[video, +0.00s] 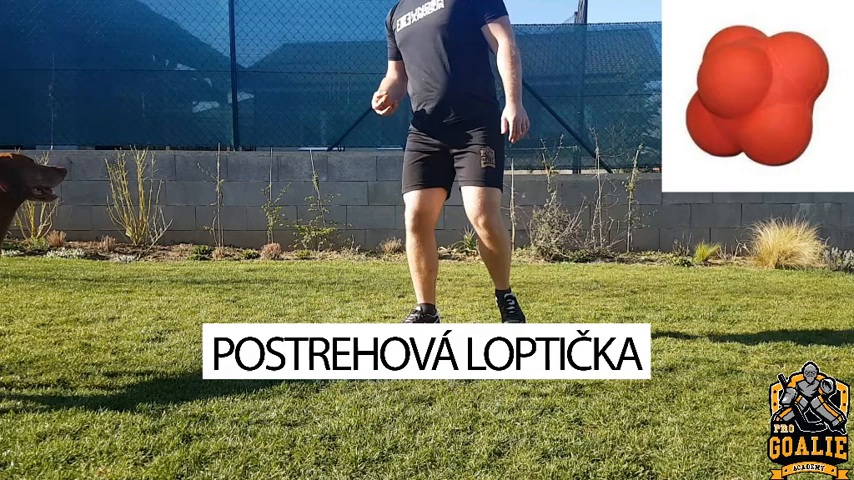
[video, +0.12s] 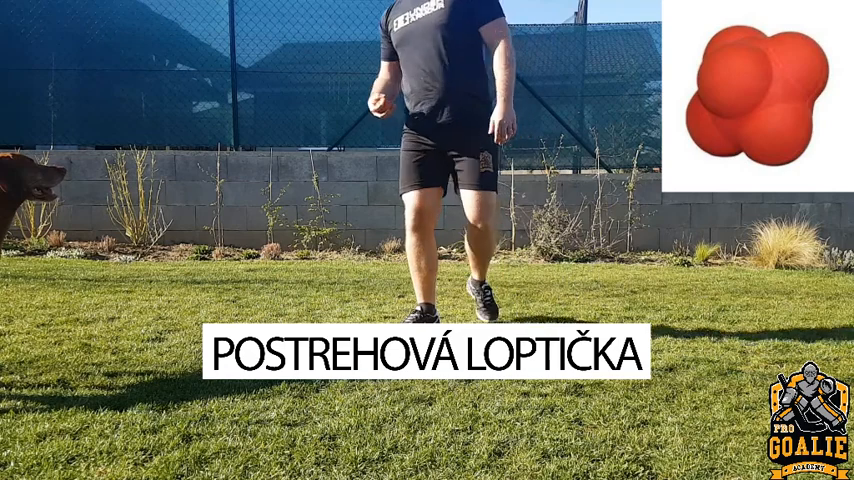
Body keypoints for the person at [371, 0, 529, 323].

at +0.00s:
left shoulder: (474, 2)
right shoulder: (396, 13)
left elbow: (505, 41)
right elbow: (397, 74)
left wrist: (513, 102)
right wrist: (386, 93)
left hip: (477, 122)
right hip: (425, 127)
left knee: (482, 215)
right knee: (416, 217)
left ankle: (505, 295)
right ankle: (426, 309)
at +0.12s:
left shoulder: (471, 1)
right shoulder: (392, 14)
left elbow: (501, 42)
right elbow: (389, 73)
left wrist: (504, 105)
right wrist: (379, 96)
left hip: (473, 122)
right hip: (420, 125)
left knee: (481, 220)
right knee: (416, 216)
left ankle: (478, 282)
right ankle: (426, 308)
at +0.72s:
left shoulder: (456, 33)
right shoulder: (380, 32)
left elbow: (472, 87)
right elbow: (358, 85)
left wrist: (487, 136)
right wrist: (374, 109)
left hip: (438, 134)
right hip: (396, 132)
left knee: (438, 220)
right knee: (400, 207)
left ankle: (423, 286)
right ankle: (405, 291)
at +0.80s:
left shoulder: (450, 30)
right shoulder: (375, 30)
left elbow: (467, 83)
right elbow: (352, 82)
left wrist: (479, 130)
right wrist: (370, 93)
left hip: (432, 132)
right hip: (390, 131)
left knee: (434, 214)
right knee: (384, 204)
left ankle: (423, 286)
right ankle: (376, 284)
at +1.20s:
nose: (366, 7)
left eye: (371, 1)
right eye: (359, 2)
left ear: (382, 2)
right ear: (352, 4)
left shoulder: (411, 35)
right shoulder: (336, 40)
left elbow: (431, 88)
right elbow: (321, 94)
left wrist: (437, 135)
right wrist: (342, 59)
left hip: (401, 141)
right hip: (354, 140)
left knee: (416, 213)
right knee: (338, 212)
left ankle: (424, 285)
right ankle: (323, 290)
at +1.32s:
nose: (360, 9)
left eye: (366, 3)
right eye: (354, 4)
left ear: (377, 2)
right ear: (345, 5)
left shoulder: (407, 35)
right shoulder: (331, 43)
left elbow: (424, 86)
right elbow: (317, 97)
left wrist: (421, 120)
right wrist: (338, 98)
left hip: (398, 138)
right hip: (351, 140)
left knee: (416, 210)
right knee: (335, 212)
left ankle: (428, 285)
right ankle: (323, 290)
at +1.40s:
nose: (361, 11)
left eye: (367, 4)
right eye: (354, 6)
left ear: (378, 3)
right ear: (346, 7)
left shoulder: (407, 36)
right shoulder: (334, 45)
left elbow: (425, 88)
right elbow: (324, 100)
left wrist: (412, 115)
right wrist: (330, 145)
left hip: (399, 138)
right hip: (352, 140)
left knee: (416, 210)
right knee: (337, 211)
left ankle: (429, 285)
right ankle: (323, 290)